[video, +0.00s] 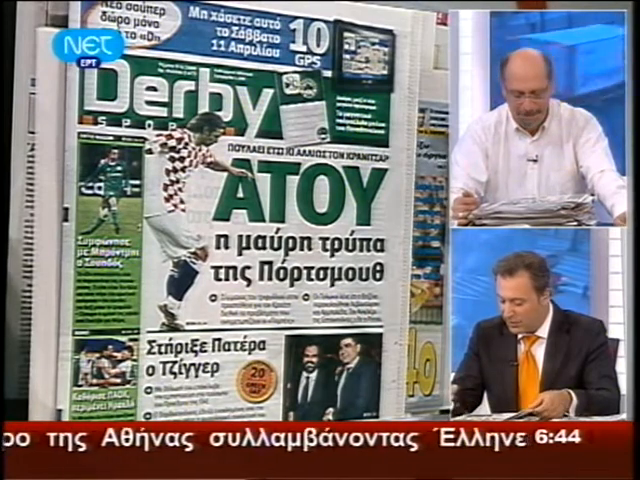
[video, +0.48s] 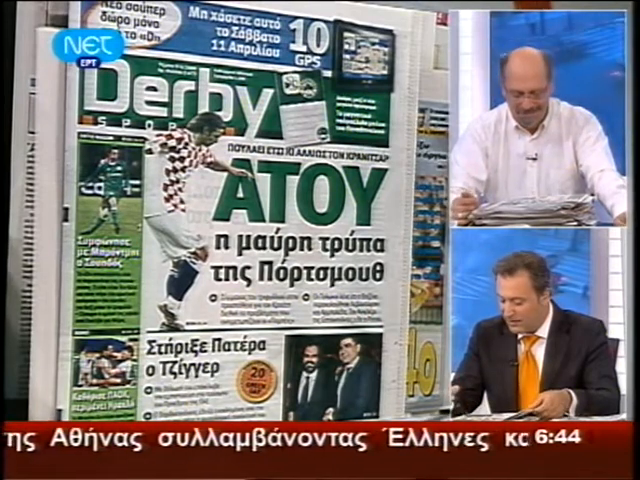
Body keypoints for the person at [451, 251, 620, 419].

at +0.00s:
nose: (507, 313)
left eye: (518, 303)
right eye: (502, 302)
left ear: (545, 297)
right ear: (497, 297)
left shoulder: (588, 333)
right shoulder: (486, 334)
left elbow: (610, 402)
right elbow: (462, 401)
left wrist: (569, 400)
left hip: (569, 452)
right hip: (505, 451)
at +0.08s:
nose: (507, 313)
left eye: (518, 303)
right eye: (502, 302)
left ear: (545, 297)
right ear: (497, 297)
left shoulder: (588, 333)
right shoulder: (486, 334)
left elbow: (610, 402)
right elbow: (462, 401)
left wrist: (569, 400)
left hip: (569, 452)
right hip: (505, 451)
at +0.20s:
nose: (507, 312)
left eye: (518, 303)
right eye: (502, 302)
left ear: (545, 297)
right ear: (497, 297)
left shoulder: (588, 332)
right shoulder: (486, 334)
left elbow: (610, 402)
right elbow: (463, 401)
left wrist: (569, 400)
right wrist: (450, 397)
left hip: (569, 452)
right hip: (504, 451)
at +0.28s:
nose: (508, 312)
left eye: (518, 303)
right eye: (502, 302)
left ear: (545, 297)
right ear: (497, 297)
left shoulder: (588, 332)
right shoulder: (486, 334)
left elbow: (610, 402)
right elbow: (463, 401)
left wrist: (569, 400)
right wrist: (450, 397)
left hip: (569, 452)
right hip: (505, 450)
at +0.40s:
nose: (508, 312)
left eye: (518, 302)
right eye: (503, 301)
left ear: (545, 297)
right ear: (497, 297)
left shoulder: (588, 332)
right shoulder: (486, 334)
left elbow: (610, 402)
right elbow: (464, 401)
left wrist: (569, 400)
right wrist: (451, 397)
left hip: (569, 453)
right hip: (505, 451)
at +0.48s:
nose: (508, 312)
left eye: (518, 302)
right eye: (503, 301)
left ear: (545, 297)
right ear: (497, 297)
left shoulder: (588, 332)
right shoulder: (486, 334)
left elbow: (610, 402)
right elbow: (463, 401)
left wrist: (569, 400)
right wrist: (451, 396)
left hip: (569, 453)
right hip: (504, 451)